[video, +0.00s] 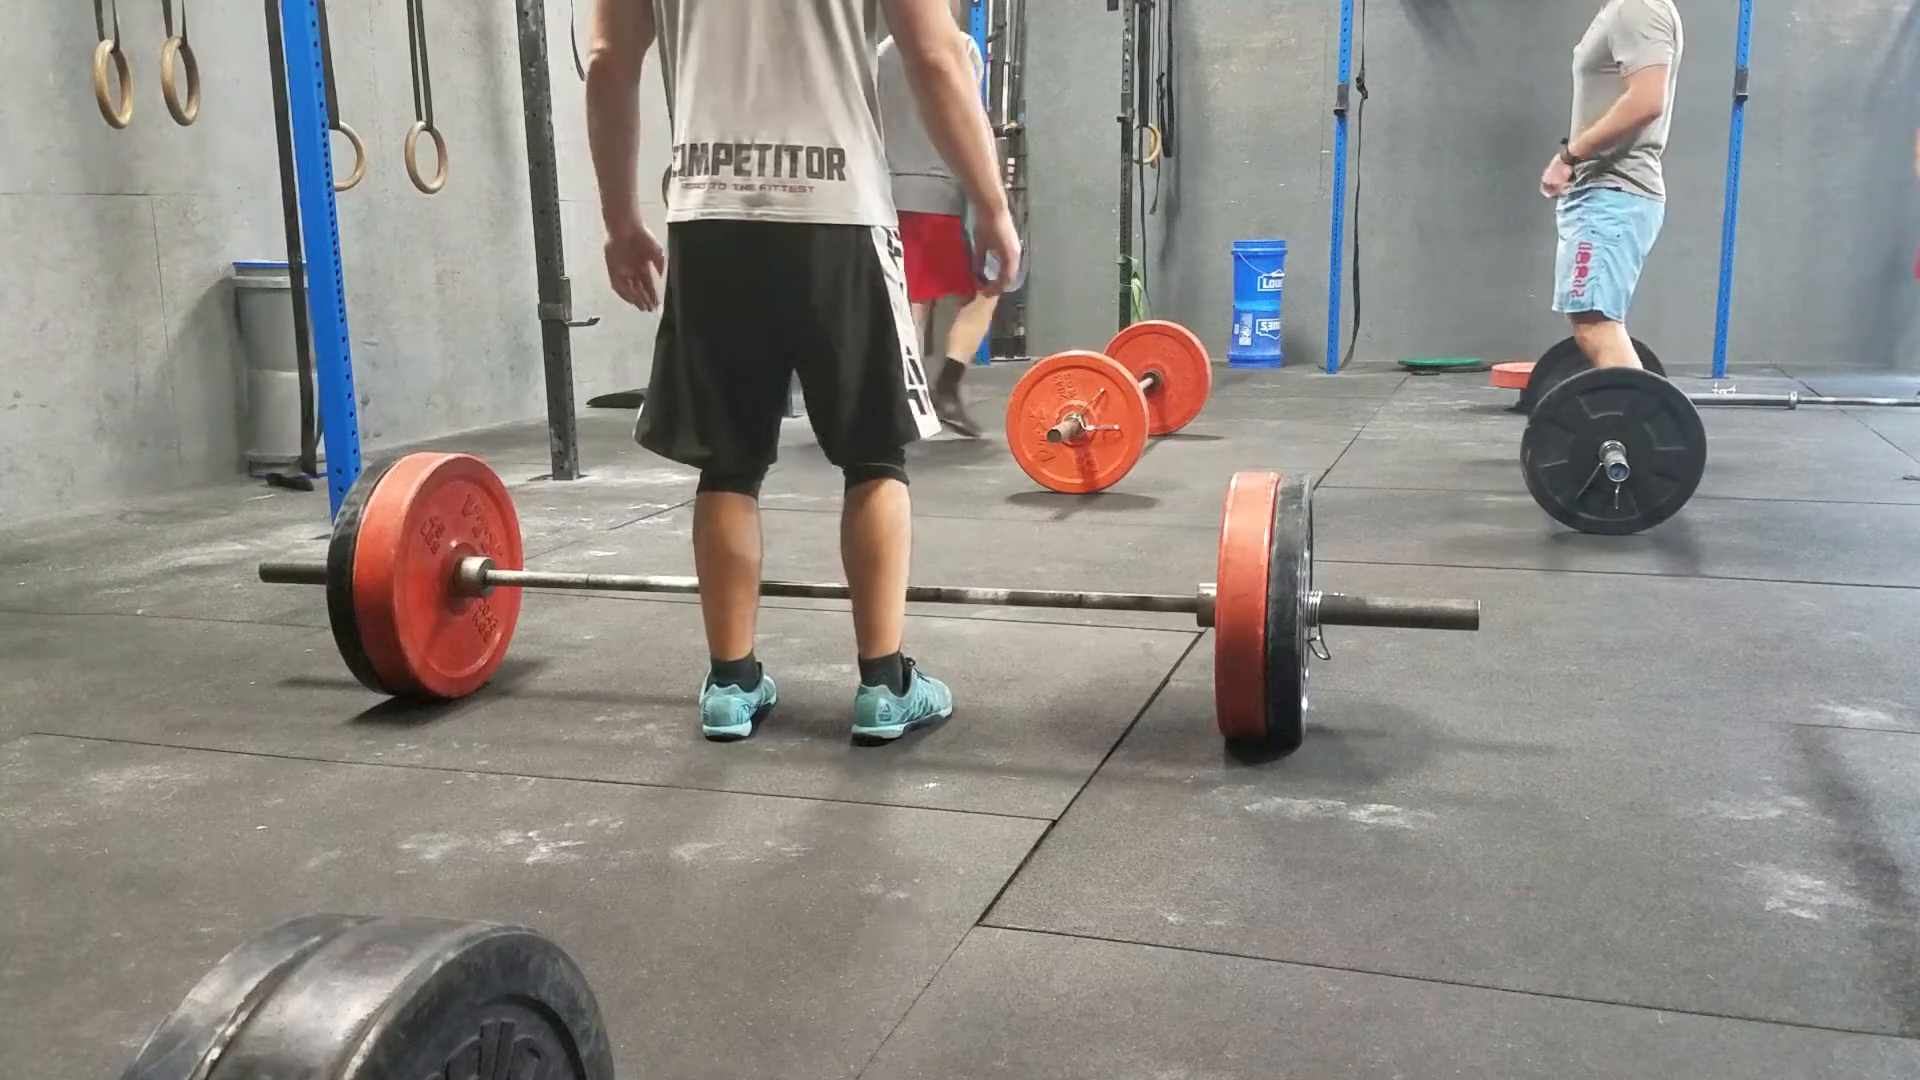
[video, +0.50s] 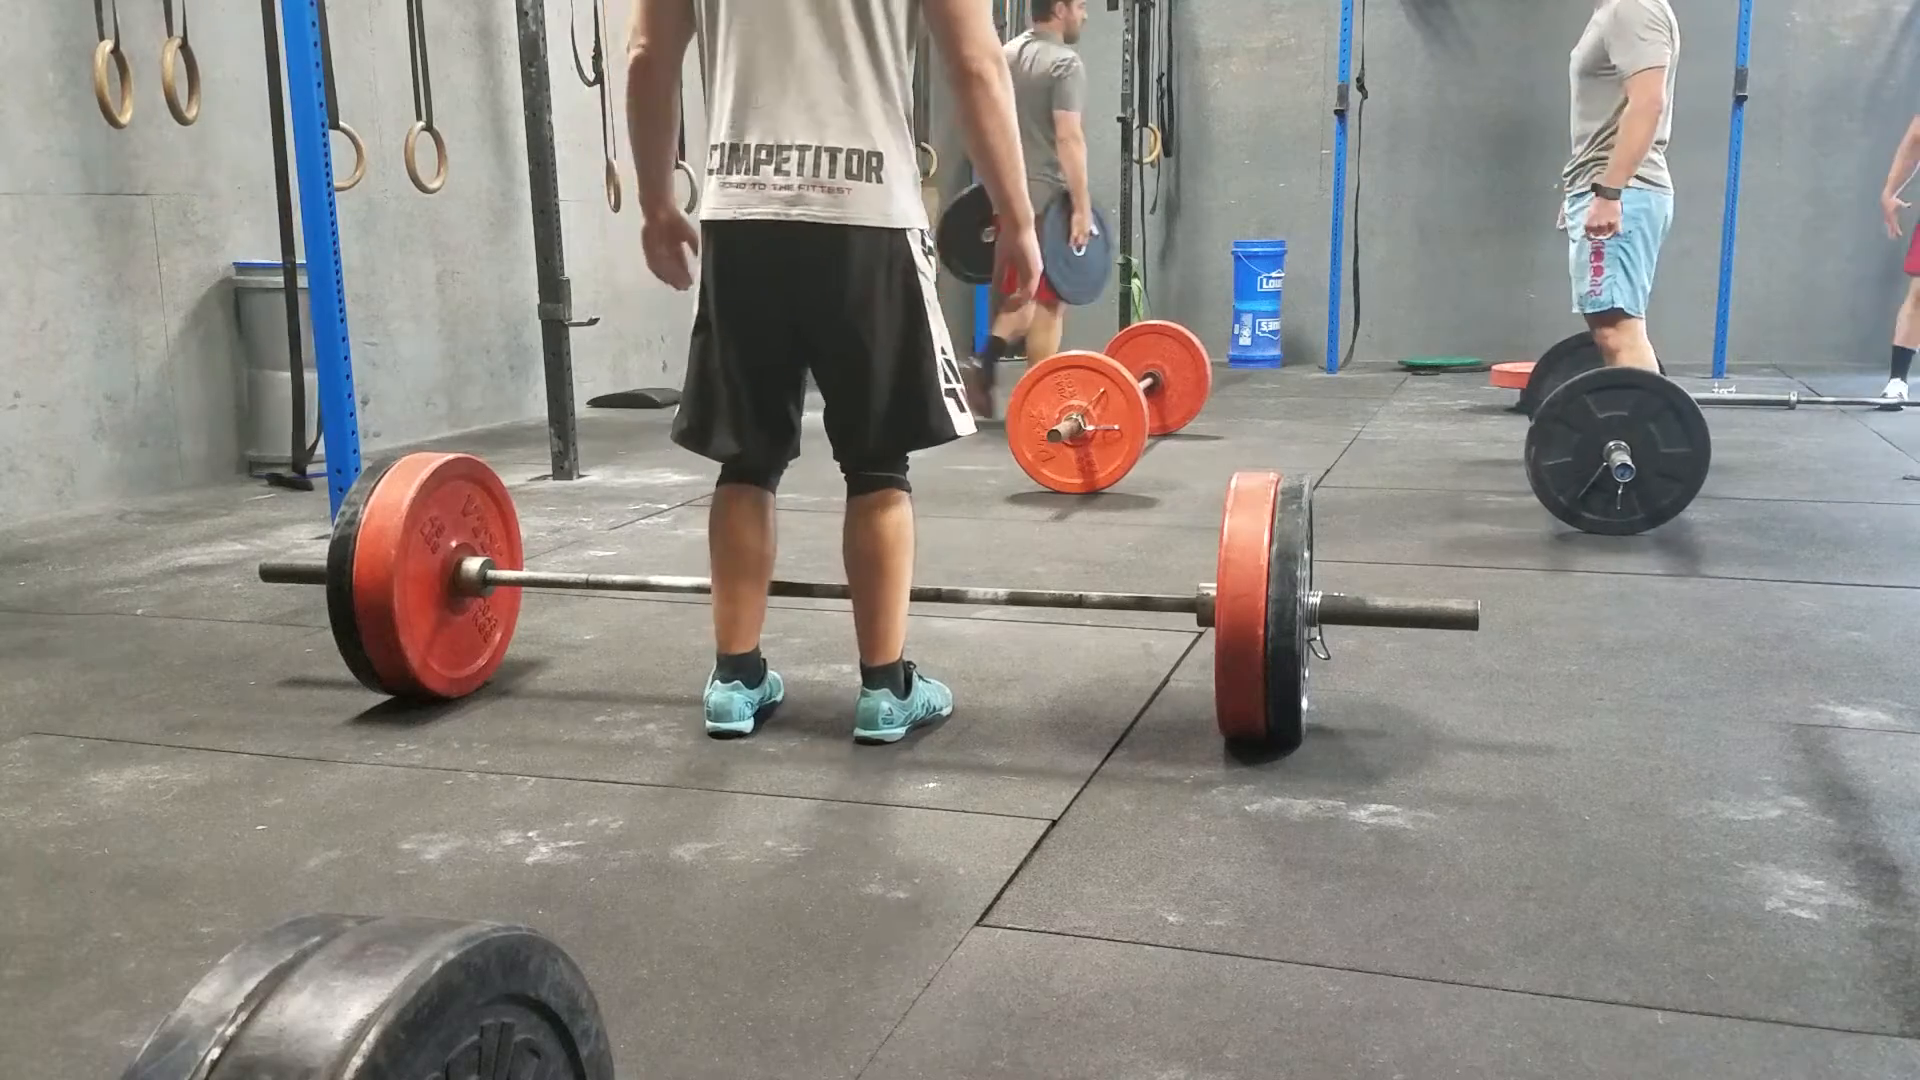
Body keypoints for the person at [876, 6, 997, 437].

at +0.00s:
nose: (964, 16)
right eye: (961, 12)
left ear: (905, 12)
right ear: (952, 9)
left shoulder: (880, 53)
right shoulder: (961, 49)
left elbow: (868, 126)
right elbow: (967, 125)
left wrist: (872, 187)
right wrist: (988, 195)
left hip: (894, 198)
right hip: (945, 201)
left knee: (913, 301)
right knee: (986, 291)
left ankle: (903, 402)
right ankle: (947, 388)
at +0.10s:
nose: (973, 15)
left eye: (967, 9)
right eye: (972, 9)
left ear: (929, 12)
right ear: (964, 9)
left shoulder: (895, 59)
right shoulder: (980, 53)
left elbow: (884, 133)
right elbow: (989, 125)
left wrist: (884, 192)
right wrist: (1008, 197)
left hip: (912, 202)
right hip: (970, 202)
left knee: (916, 307)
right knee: (995, 300)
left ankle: (903, 407)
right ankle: (996, 404)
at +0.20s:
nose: (1007, 11)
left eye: (1006, 4)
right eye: (1005, 4)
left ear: (957, 9)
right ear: (993, 8)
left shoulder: (927, 52)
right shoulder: (1001, 59)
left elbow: (909, 137)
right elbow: (1004, 131)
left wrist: (903, 196)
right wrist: (1021, 205)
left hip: (929, 203)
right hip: (984, 206)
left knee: (924, 309)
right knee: (1007, 309)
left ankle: (905, 402)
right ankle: (1029, 396)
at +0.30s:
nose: (1035, 19)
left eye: (1035, 11)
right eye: (1032, 10)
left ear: (990, 14)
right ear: (1016, 13)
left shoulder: (959, 57)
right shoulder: (1026, 66)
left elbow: (938, 136)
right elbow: (1027, 143)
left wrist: (935, 188)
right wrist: (1039, 214)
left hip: (957, 206)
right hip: (1010, 208)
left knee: (948, 305)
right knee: (1027, 312)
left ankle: (911, 396)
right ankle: (1037, 406)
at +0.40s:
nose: (1061, 17)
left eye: (1060, 9)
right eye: (1057, 8)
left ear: (1019, 13)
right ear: (1039, 12)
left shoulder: (989, 56)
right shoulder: (1047, 64)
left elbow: (975, 139)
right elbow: (1048, 141)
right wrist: (1059, 213)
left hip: (992, 202)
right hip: (1030, 204)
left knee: (987, 301)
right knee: (1041, 307)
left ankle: (942, 370)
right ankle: (1043, 403)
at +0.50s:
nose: (1083, 15)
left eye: (1082, 7)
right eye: (1079, 6)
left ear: (1042, 12)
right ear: (1061, 10)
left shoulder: (1005, 53)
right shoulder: (1066, 61)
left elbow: (992, 130)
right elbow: (1068, 137)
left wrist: (993, 195)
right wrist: (1081, 208)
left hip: (1009, 196)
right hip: (1049, 199)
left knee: (1019, 296)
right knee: (1051, 304)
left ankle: (985, 360)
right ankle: (1044, 402)